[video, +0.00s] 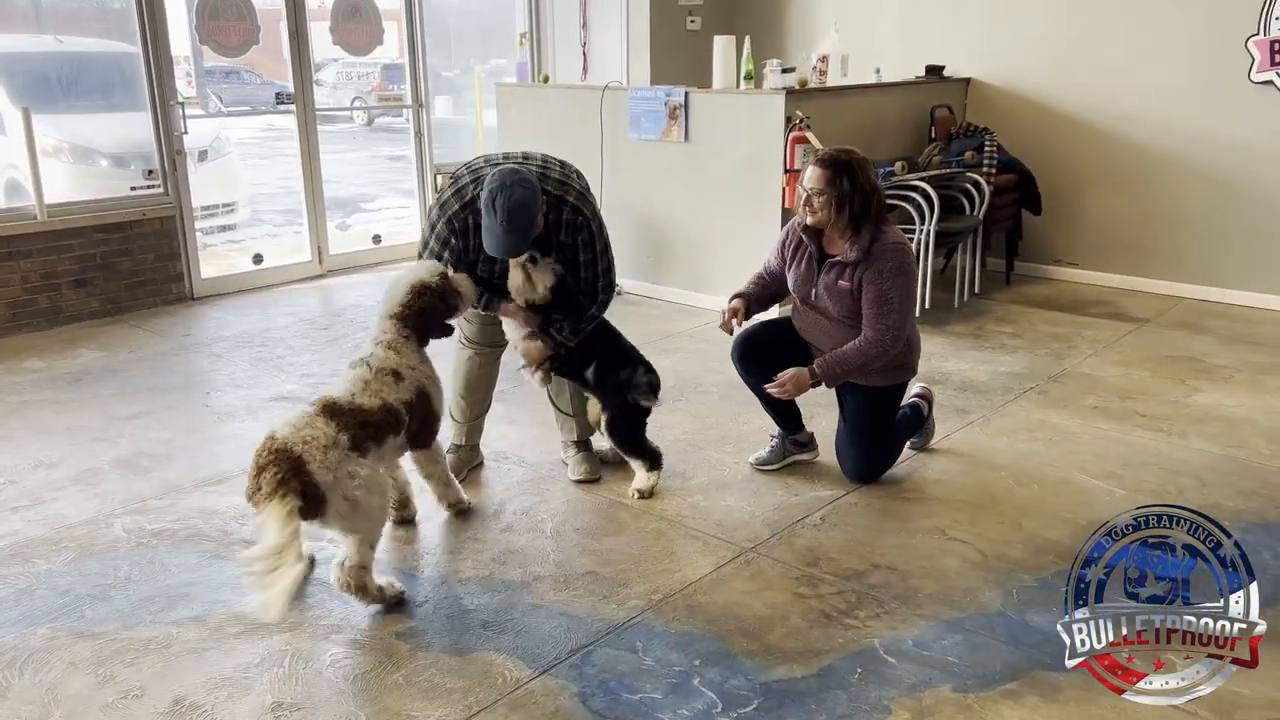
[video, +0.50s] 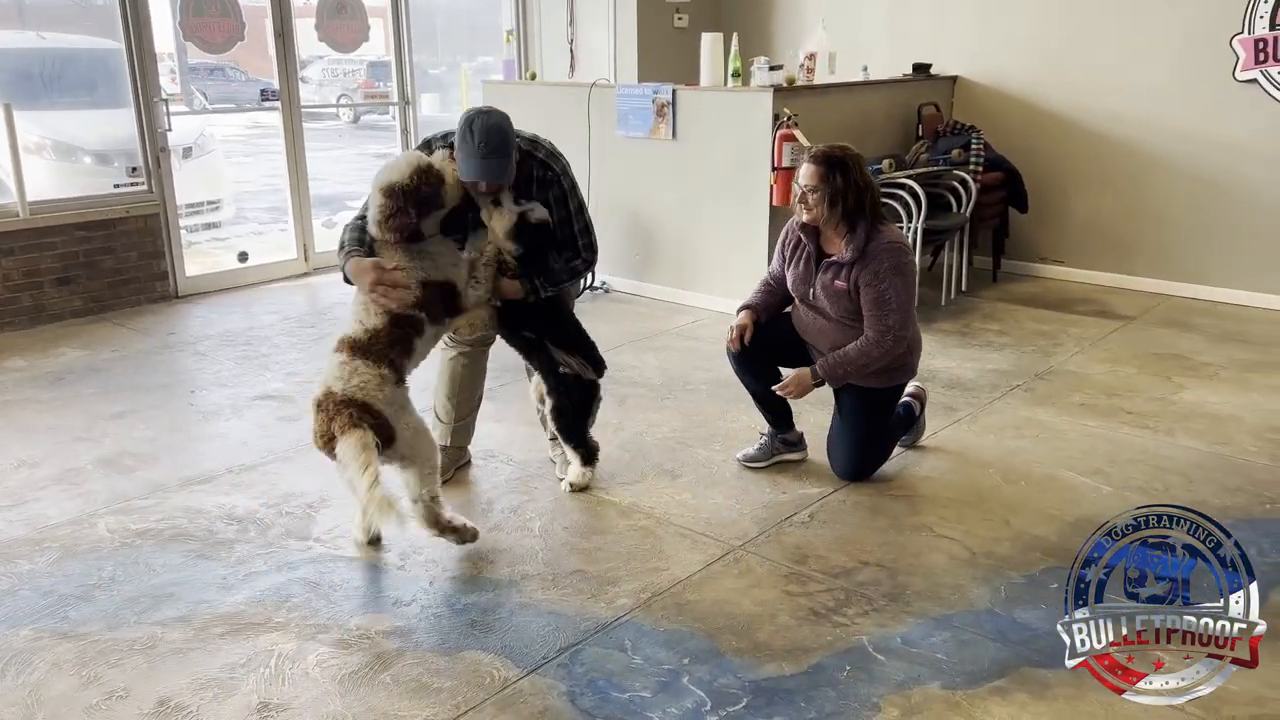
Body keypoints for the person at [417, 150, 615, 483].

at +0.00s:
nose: (512, 255)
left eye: (521, 247)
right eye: (503, 249)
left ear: (540, 216)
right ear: (482, 212)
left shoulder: (576, 209)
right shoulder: (454, 208)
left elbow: (599, 290)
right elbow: (432, 275)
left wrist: (549, 342)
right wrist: (501, 307)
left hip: (556, 262)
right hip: (482, 264)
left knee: (562, 349)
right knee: (477, 343)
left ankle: (577, 445)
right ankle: (463, 446)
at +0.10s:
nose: (504, 244)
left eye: (515, 235)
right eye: (494, 237)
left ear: (536, 205)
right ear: (480, 197)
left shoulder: (573, 202)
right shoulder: (446, 193)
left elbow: (592, 287)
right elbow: (415, 250)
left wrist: (533, 328)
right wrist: (466, 291)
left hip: (549, 278)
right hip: (476, 277)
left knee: (560, 354)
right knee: (467, 353)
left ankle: (573, 444)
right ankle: (459, 447)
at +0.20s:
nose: (498, 232)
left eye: (507, 224)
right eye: (488, 223)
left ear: (531, 196)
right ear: (475, 181)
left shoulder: (569, 199)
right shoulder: (444, 175)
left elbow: (587, 286)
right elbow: (393, 219)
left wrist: (530, 327)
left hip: (543, 280)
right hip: (469, 274)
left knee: (556, 362)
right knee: (466, 356)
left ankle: (570, 444)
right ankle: (457, 447)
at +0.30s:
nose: (485, 212)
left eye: (497, 207)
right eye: (478, 202)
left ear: (525, 187)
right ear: (470, 174)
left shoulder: (562, 193)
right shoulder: (443, 169)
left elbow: (588, 278)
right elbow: (380, 215)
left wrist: (532, 319)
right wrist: (332, 275)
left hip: (539, 289)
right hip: (470, 280)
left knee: (551, 366)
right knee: (464, 355)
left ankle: (568, 446)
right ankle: (454, 446)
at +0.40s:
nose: (494, 200)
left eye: (504, 193)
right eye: (485, 191)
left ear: (524, 169)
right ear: (469, 166)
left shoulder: (555, 182)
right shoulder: (440, 168)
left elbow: (588, 266)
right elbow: (380, 221)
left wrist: (531, 301)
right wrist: (320, 265)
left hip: (537, 282)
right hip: (472, 278)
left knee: (550, 360)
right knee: (461, 352)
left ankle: (570, 449)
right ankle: (452, 446)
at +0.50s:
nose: (486, 188)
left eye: (496, 179)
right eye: (475, 179)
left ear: (514, 157)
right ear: (456, 158)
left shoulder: (546, 167)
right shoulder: (430, 162)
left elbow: (581, 253)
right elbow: (368, 218)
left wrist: (524, 286)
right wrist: (353, 264)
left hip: (536, 279)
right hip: (465, 278)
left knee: (548, 362)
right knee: (462, 347)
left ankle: (564, 447)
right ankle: (450, 451)